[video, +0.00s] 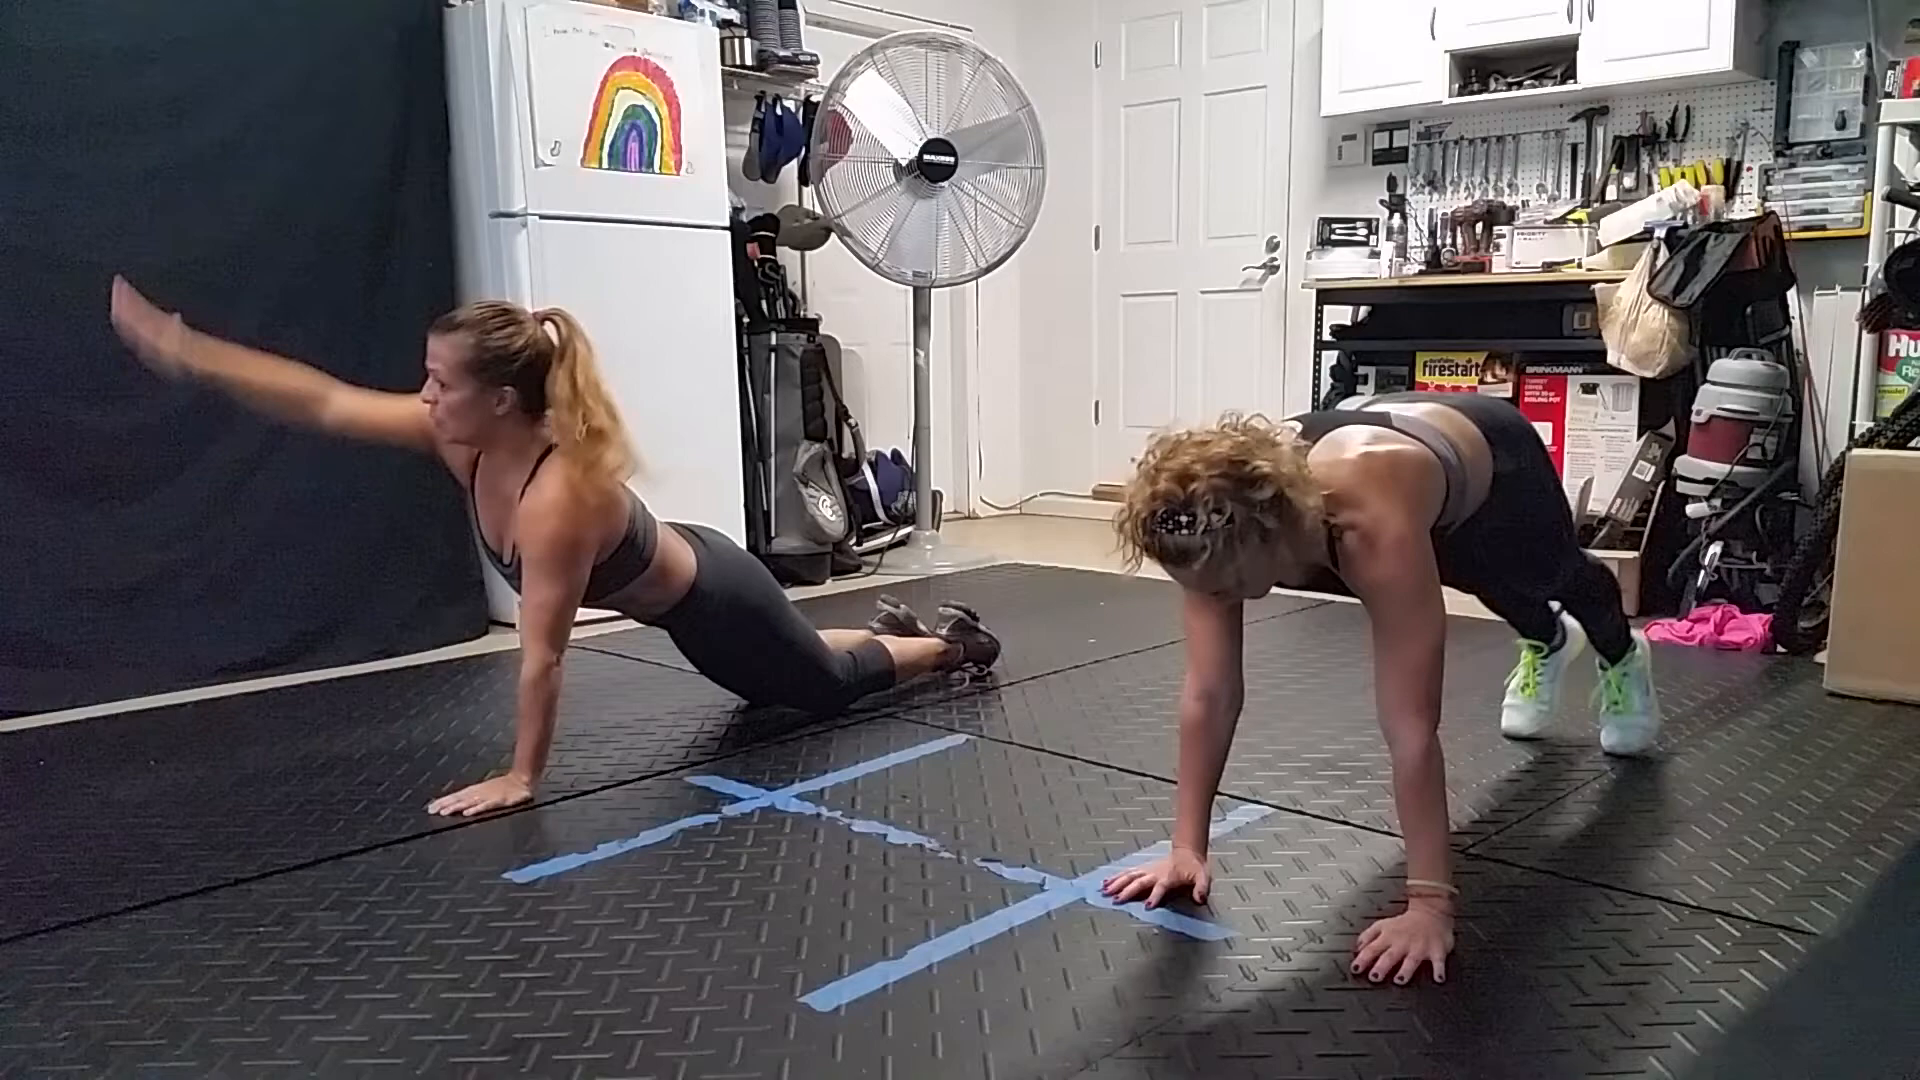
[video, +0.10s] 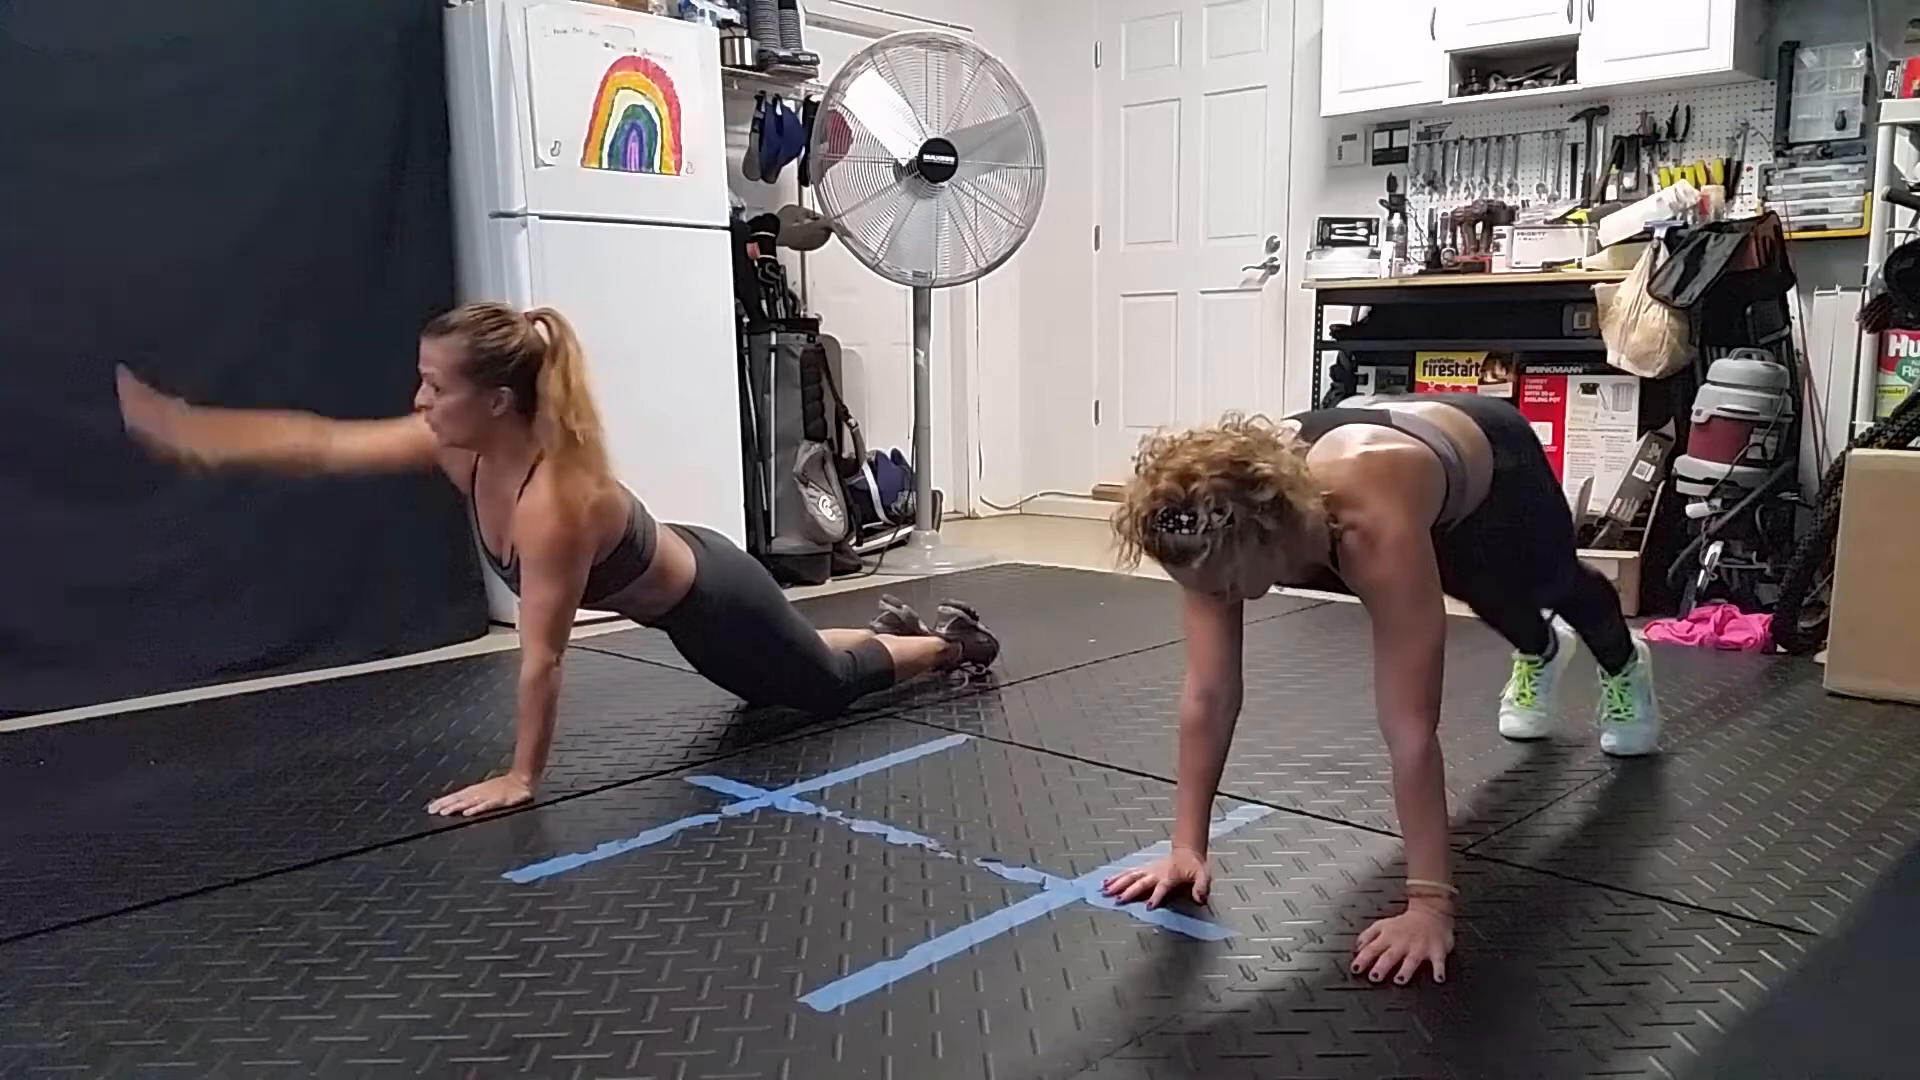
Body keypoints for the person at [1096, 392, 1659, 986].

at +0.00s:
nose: (1230, 593)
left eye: (1235, 577)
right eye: (1213, 582)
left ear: (1271, 528)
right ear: (1196, 547)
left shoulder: (1379, 523)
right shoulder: (1211, 529)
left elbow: (1414, 734)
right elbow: (1208, 691)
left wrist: (1429, 901)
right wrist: (1187, 847)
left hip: (1491, 443)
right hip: (1386, 437)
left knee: (1562, 572)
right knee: (1483, 578)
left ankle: (1621, 653)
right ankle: (1545, 638)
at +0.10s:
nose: (1231, 594)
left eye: (1235, 578)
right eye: (1214, 583)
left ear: (1270, 530)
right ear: (1196, 547)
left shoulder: (1379, 521)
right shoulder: (1211, 530)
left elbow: (1414, 732)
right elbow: (1207, 694)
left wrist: (1429, 901)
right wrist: (1187, 847)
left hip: (1492, 446)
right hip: (1393, 446)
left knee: (1560, 583)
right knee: (1487, 595)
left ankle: (1623, 659)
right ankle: (1541, 648)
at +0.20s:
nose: (1220, 592)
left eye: (1225, 574)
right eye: (1202, 582)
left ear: (1268, 523)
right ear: (1191, 551)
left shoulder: (1381, 520)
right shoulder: (1214, 534)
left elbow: (1414, 731)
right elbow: (1207, 699)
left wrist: (1429, 902)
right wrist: (1186, 848)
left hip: (1496, 480)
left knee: (1563, 591)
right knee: (1484, 602)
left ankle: (1628, 663)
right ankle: (1536, 648)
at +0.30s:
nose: (1223, 592)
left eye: (1227, 576)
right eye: (1205, 582)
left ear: (1266, 520)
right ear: (1195, 551)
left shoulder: (1381, 518)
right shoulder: (1215, 534)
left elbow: (1415, 729)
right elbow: (1210, 696)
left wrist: (1430, 902)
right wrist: (1187, 847)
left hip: (1499, 493)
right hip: (1414, 536)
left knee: (1567, 597)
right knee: (1492, 608)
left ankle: (1629, 665)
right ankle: (1540, 649)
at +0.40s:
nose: (1223, 588)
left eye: (1230, 572)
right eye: (1206, 576)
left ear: (1272, 516)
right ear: (1194, 545)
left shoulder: (1382, 517)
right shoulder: (1218, 530)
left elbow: (1415, 729)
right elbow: (1212, 696)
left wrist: (1430, 901)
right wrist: (1187, 848)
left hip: (1499, 498)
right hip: (1414, 542)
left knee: (1568, 597)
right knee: (1491, 606)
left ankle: (1633, 662)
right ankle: (1538, 647)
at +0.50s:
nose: (1224, 584)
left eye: (1232, 565)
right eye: (1205, 571)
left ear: (1276, 511)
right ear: (1190, 541)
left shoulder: (1383, 518)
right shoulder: (1215, 527)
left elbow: (1422, 732)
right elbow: (1213, 696)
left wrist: (1431, 901)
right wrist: (1187, 847)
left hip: (1500, 502)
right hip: (1419, 540)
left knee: (1576, 599)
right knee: (1490, 609)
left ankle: (1641, 662)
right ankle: (1533, 646)